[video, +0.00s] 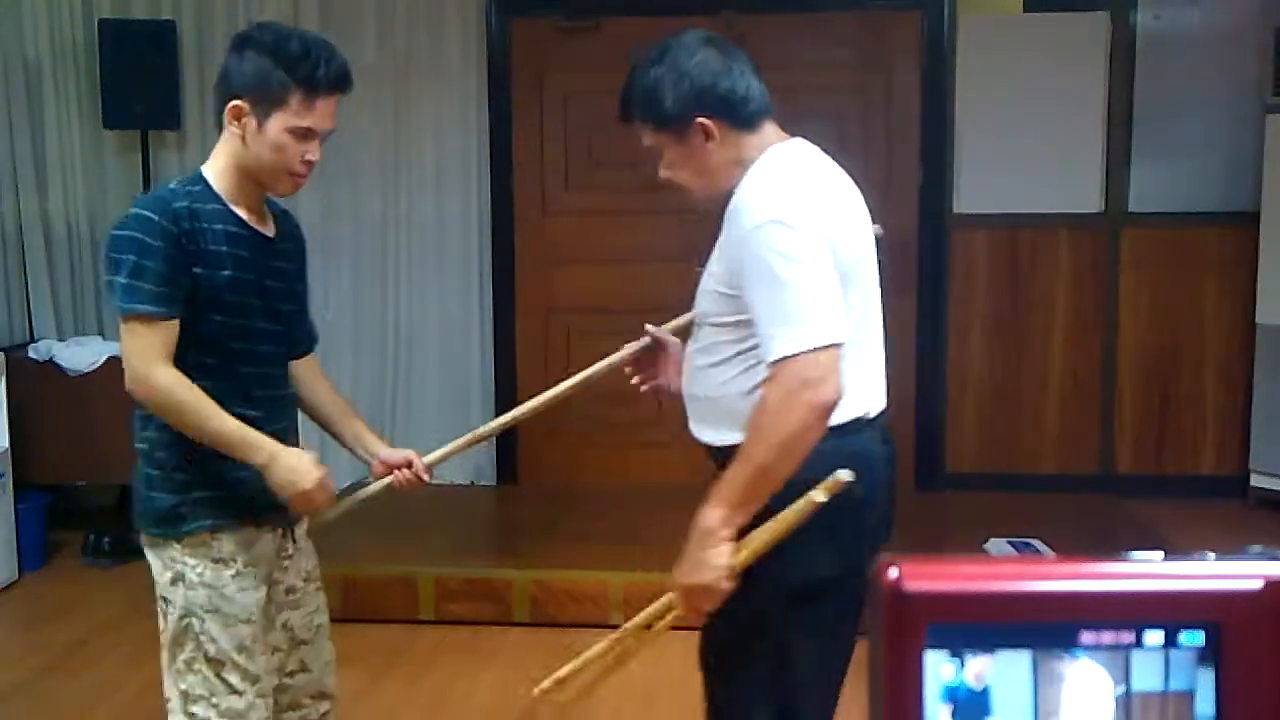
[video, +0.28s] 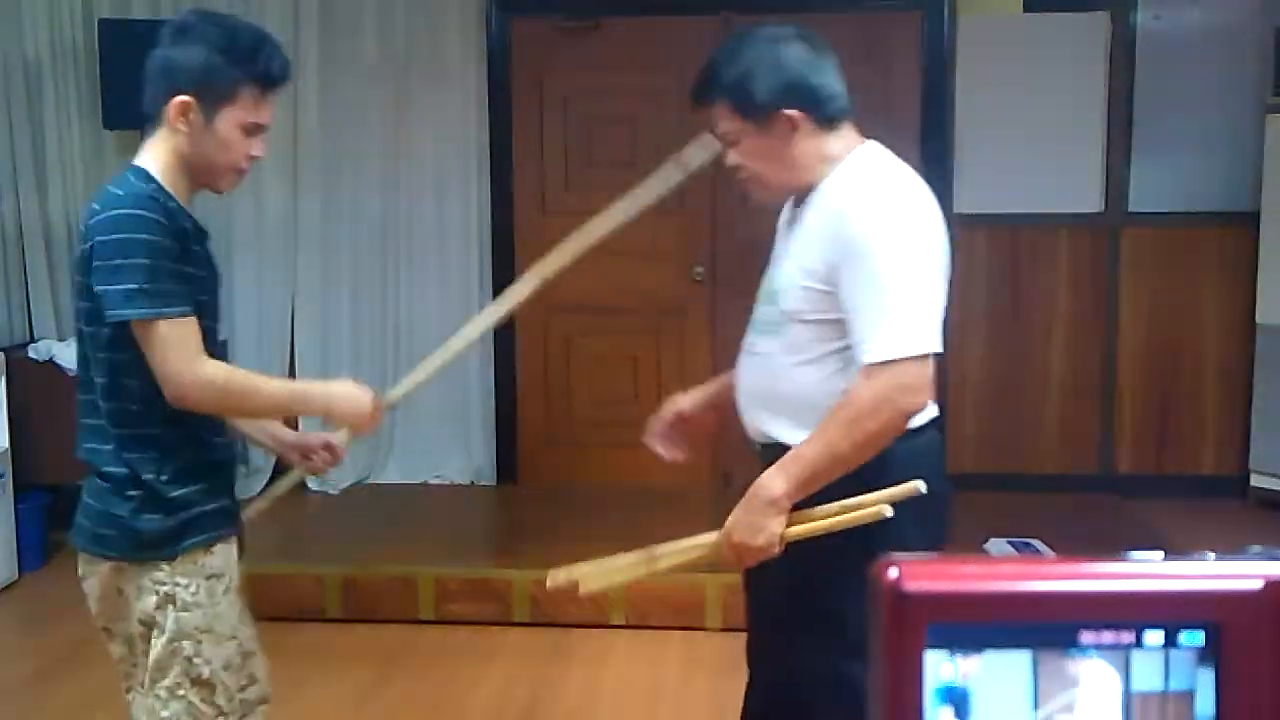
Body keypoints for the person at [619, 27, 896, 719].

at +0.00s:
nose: (660, 172)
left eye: (660, 150)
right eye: (651, 154)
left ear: (706, 132)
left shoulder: (773, 204)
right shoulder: (808, 173)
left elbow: (808, 382)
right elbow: (800, 343)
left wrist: (715, 522)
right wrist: (694, 365)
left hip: (798, 474)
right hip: (835, 460)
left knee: (755, 698)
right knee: (784, 696)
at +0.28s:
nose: (728, 159)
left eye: (731, 139)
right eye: (722, 142)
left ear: (790, 122)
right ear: (785, 127)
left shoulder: (880, 202)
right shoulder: (814, 200)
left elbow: (901, 385)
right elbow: (810, 347)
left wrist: (774, 491)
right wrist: (712, 399)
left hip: (866, 482)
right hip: (805, 477)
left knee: (833, 693)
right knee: (782, 688)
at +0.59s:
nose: (837, 177)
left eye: (845, 158)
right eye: (831, 160)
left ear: (911, 141)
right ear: (905, 144)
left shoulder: (1016, 223)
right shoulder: (890, 205)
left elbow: (1039, 408)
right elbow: (890, 345)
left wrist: (889, 482)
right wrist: (839, 426)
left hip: (987, 509)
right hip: (885, 501)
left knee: (977, 697)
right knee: (849, 689)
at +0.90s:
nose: (920, 166)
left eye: (927, 148)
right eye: (916, 150)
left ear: (993, 130)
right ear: (992, 132)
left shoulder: (1095, 208)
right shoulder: (956, 195)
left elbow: (1140, 388)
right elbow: (954, 324)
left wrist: (988, 428)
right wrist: (888, 400)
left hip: (1055, 501)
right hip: (946, 488)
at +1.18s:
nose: (964, 155)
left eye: (974, 136)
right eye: (959, 138)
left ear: (1037, 123)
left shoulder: (1126, 210)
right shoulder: (991, 201)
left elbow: (1144, 384)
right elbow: (984, 325)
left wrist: (1004, 363)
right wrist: (911, 377)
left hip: (1085, 466)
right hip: (999, 464)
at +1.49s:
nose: (987, 167)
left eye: (995, 146)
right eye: (980, 151)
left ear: (1054, 126)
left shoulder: (1141, 198)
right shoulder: (1030, 211)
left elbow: (1124, 368)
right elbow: (1036, 357)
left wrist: (970, 360)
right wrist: (989, 403)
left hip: (1133, 462)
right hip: (1050, 455)